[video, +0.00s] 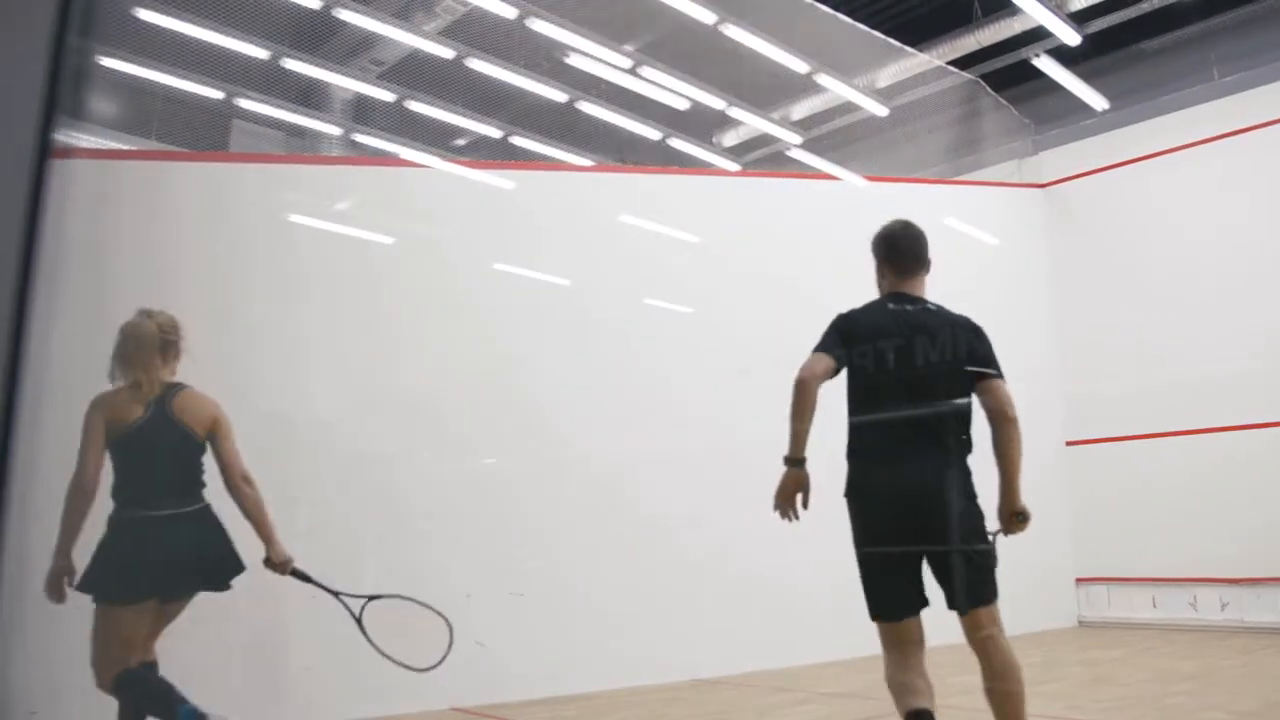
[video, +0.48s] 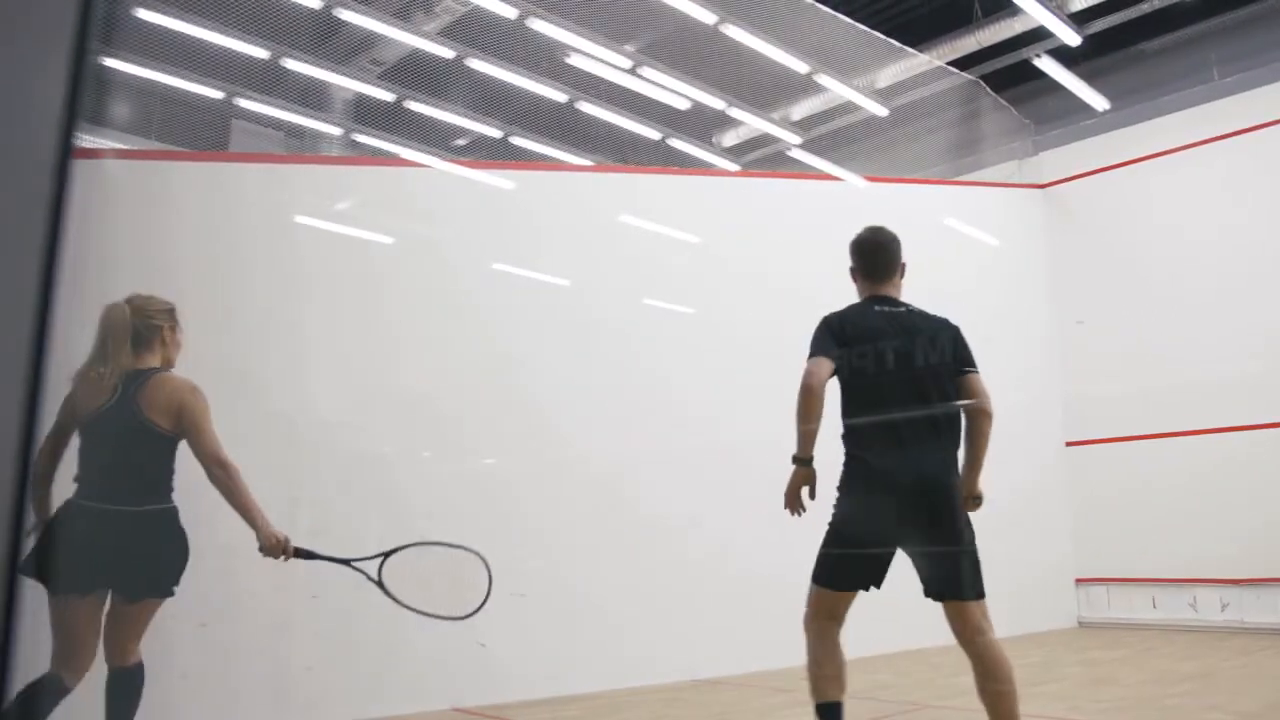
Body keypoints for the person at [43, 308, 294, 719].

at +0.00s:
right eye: (176, 355)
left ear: (123, 356)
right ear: (174, 357)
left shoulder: (107, 406)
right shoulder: (204, 408)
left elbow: (85, 484)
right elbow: (239, 480)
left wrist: (63, 555)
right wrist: (273, 543)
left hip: (135, 550)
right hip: (196, 547)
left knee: (111, 672)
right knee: (141, 653)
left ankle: (190, 715)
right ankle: (135, 719)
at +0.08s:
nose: (176, 360)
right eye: (176, 352)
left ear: (123, 352)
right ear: (174, 353)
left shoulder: (102, 406)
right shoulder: (200, 407)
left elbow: (76, 480)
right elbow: (234, 477)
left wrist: (50, 548)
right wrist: (275, 541)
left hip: (124, 550)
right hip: (186, 548)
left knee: (97, 672)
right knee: (136, 649)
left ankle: (157, 712)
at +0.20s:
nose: (178, 352)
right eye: (177, 347)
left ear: (124, 352)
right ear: (172, 349)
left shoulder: (98, 405)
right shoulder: (195, 407)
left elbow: (59, 477)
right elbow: (230, 477)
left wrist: (34, 537)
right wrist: (274, 538)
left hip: (106, 549)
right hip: (172, 552)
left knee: (82, 671)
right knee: (122, 651)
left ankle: (108, 714)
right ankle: (123, 716)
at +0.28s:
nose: (178, 351)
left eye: (177, 345)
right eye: (177, 344)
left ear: (126, 349)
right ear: (171, 347)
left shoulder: (94, 403)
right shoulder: (191, 407)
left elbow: (49, 476)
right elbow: (228, 476)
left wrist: (29, 528)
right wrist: (272, 539)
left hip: (97, 549)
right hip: (164, 552)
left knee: (76, 671)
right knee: (118, 649)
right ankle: (119, 717)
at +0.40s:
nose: (179, 346)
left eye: (179, 338)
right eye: (178, 338)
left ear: (128, 341)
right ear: (167, 339)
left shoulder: (92, 392)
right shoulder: (185, 399)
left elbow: (48, 460)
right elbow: (222, 470)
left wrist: (29, 518)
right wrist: (267, 534)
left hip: (85, 542)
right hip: (153, 548)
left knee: (71, 667)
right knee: (121, 648)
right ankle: (120, 718)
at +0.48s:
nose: (181, 343)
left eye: (181, 334)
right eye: (179, 333)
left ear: (125, 336)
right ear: (166, 334)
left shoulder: (88, 386)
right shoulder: (179, 393)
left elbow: (43, 466)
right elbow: (218, 466)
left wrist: (44, 523)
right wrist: (264, 529)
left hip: (81, 535)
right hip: (149, 541)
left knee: (68, 667)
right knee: (124, 652)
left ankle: (12, 711)